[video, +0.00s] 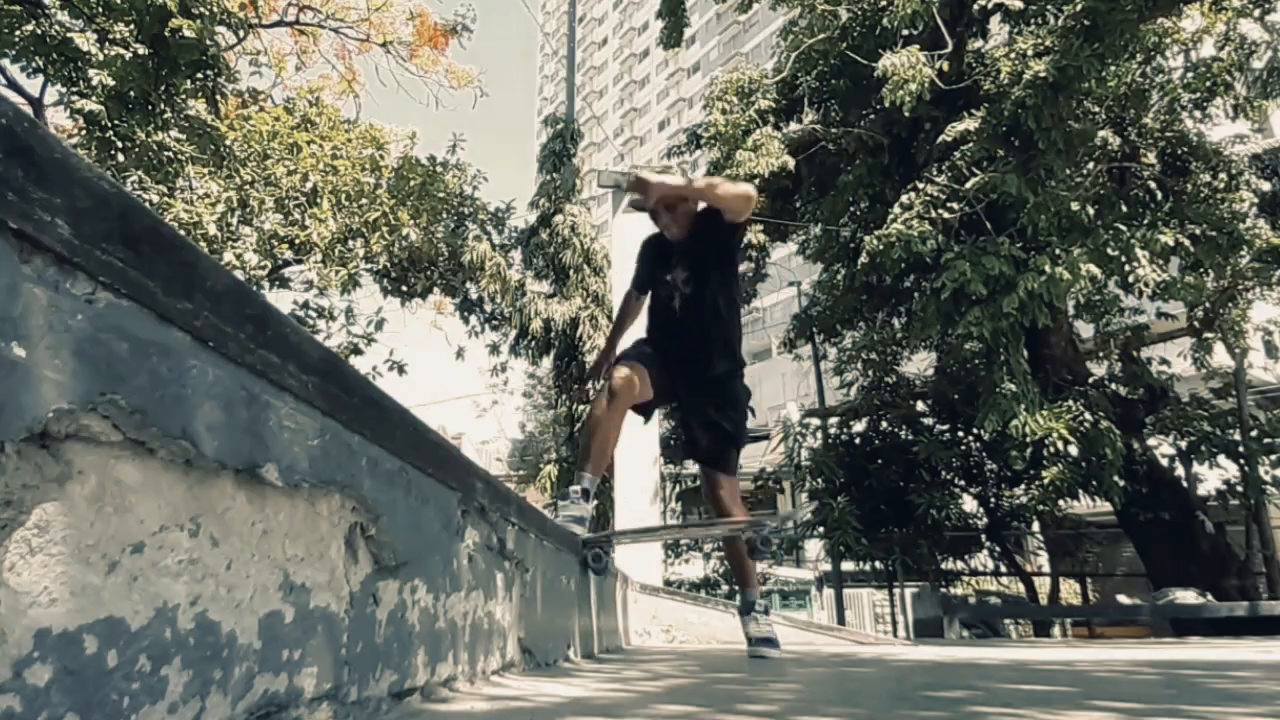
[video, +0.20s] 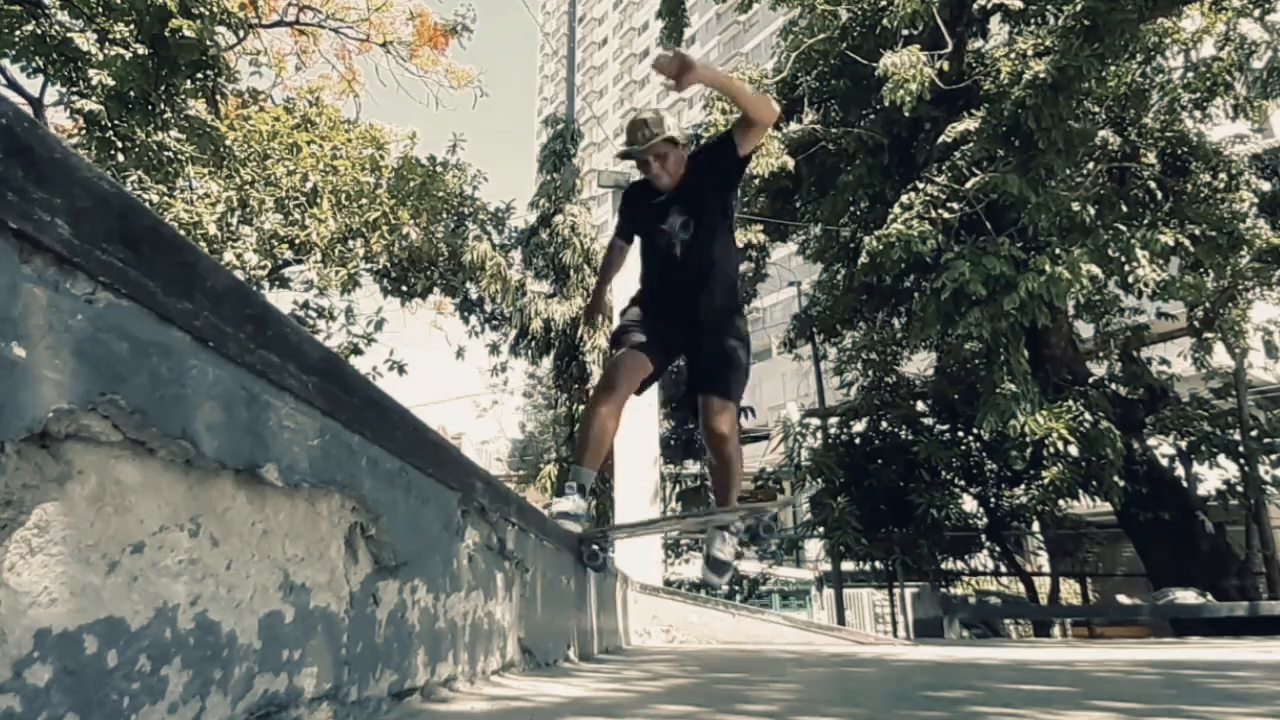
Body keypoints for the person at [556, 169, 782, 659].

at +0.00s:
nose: (661, 219)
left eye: (667, 209)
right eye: (654, 211)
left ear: (686, 204)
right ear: (651, 214)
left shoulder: (719, 231)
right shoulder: (654, 248)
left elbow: (747, 198)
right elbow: (634, 299)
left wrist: (692, 189)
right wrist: (610, 349)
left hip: (716, 371)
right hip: (664, 359)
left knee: (722, 493)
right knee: (619, 384)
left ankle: (753, 605)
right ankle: (583, 496)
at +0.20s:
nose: (650, 170)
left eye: (657, 158)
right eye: (642, 163)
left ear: (679, 147)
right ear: (637, 161)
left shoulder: (715, 165)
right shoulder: (636, 197)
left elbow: (765, 113)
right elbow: (621, 244)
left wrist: (704, 74)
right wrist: (601, 290)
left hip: (717, 319)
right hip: (657, 316)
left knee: (719, 427)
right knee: (613, 382)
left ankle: (725, 529)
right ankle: (577, 490)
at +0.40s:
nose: (660, 128)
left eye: (667, 116)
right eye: (650, 120)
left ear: (689, 105)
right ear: (640, 119)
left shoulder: (725, 127)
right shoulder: (634, 157)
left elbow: (792, 77)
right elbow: (585, 193)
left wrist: (790, 25)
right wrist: (535, 221)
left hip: (720, 278)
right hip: (655, 283)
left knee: (738, 327)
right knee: (620, 364)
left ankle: (711, 428)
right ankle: (567, 488)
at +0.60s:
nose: (667, 97)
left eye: (675, 83)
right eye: (656, 87)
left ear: (699, 73)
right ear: (645, 85)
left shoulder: (735, 101)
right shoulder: (629, 120)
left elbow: (823, 64)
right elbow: (551, 125)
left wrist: (876, 18)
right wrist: (482, 121)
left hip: (728, 253)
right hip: (660, 259)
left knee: (741, 283)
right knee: (618, 343)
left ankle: (724, 419)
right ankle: (599, 491)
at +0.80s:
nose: (681, 83)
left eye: (692, 70)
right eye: (670, 70)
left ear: (717, 64)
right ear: (657, 64)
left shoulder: (749, 96)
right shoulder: (633, 91)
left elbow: (842, 105)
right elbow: (541, 65)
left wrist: (922, 102)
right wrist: (461, 29)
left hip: (732, 247)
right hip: (660, 256)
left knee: (731, 309)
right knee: (632, 368)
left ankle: (743, 465)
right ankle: (661, 508)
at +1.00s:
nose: (709, 117)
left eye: (723, 102)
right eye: (695, 101)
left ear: (747, 97)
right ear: (679, 95)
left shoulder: (778, 140)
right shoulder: (656, 123)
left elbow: (834, 214)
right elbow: (570, 125)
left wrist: (835, 308)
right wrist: (538, 106)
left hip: (746, 297)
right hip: (671, 303)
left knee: (724, 394)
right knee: (655, 434)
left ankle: (754, 568)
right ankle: (709, 571)